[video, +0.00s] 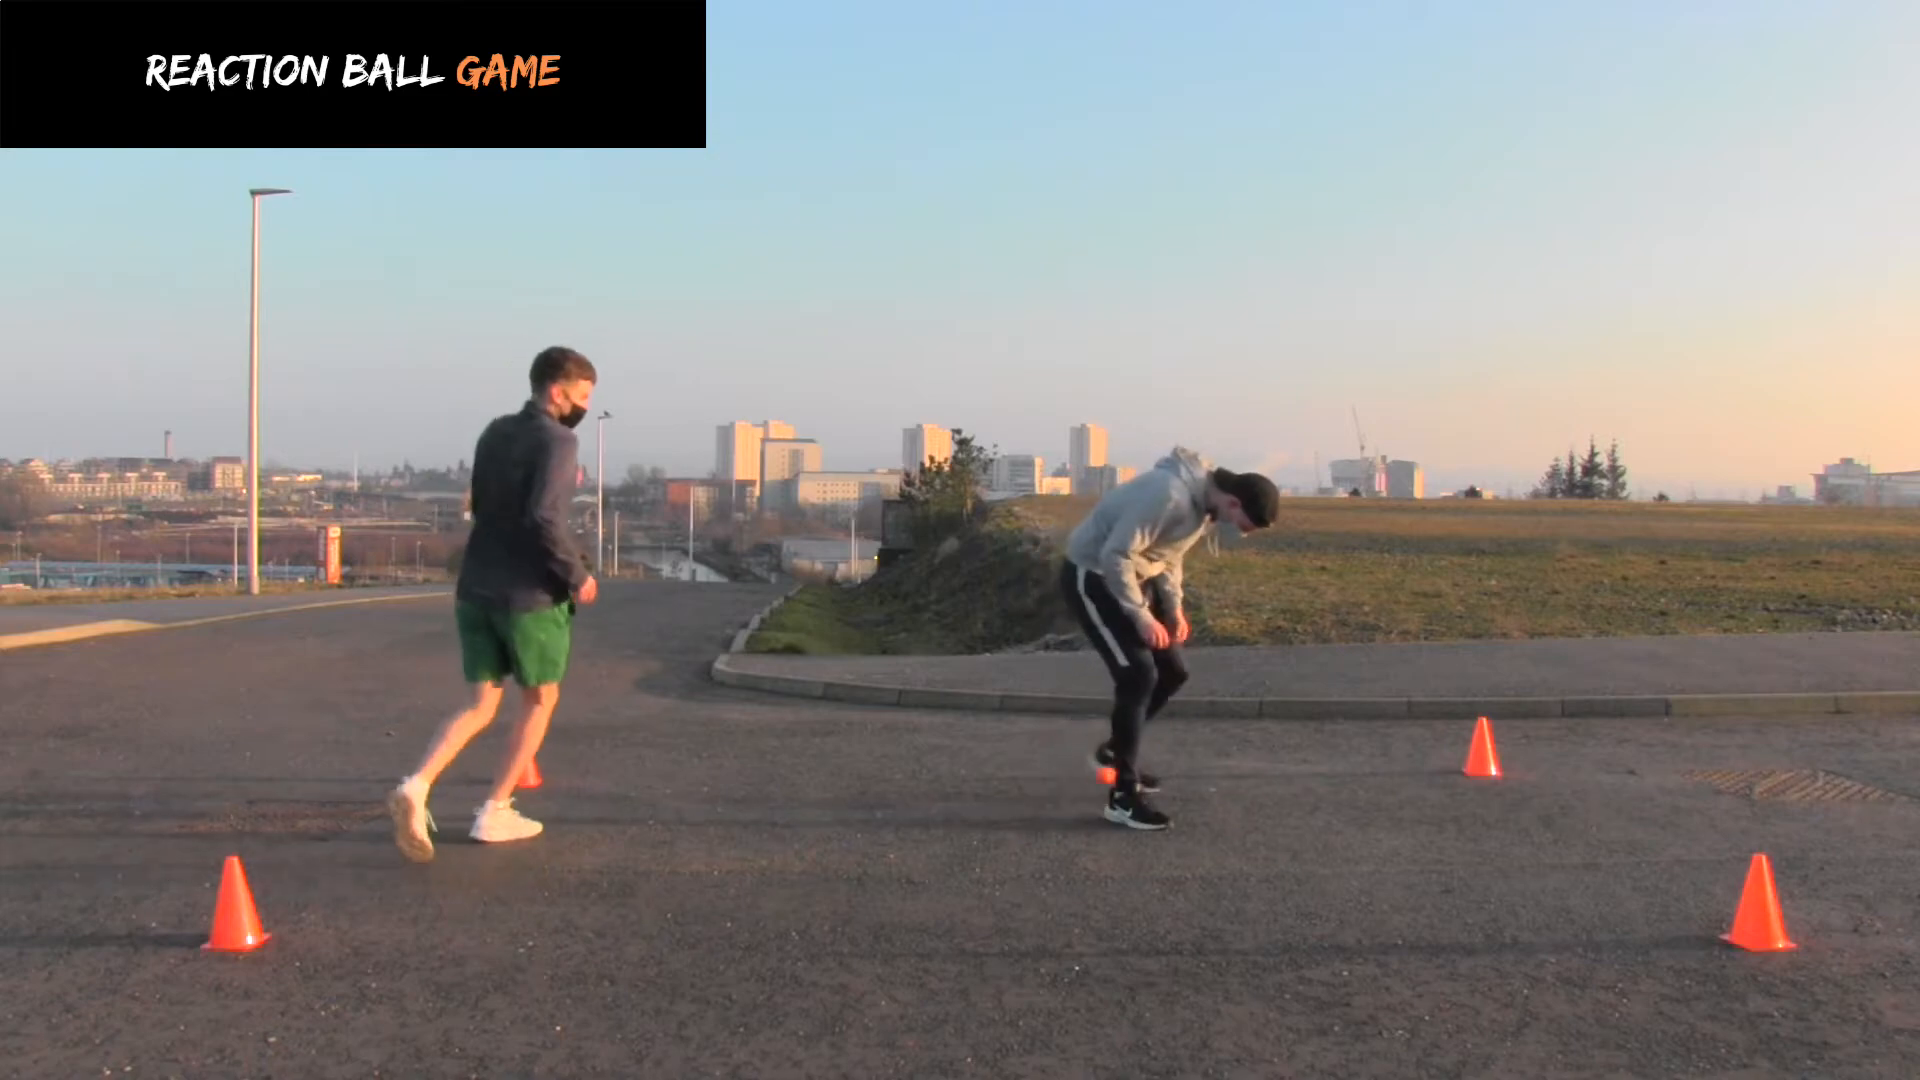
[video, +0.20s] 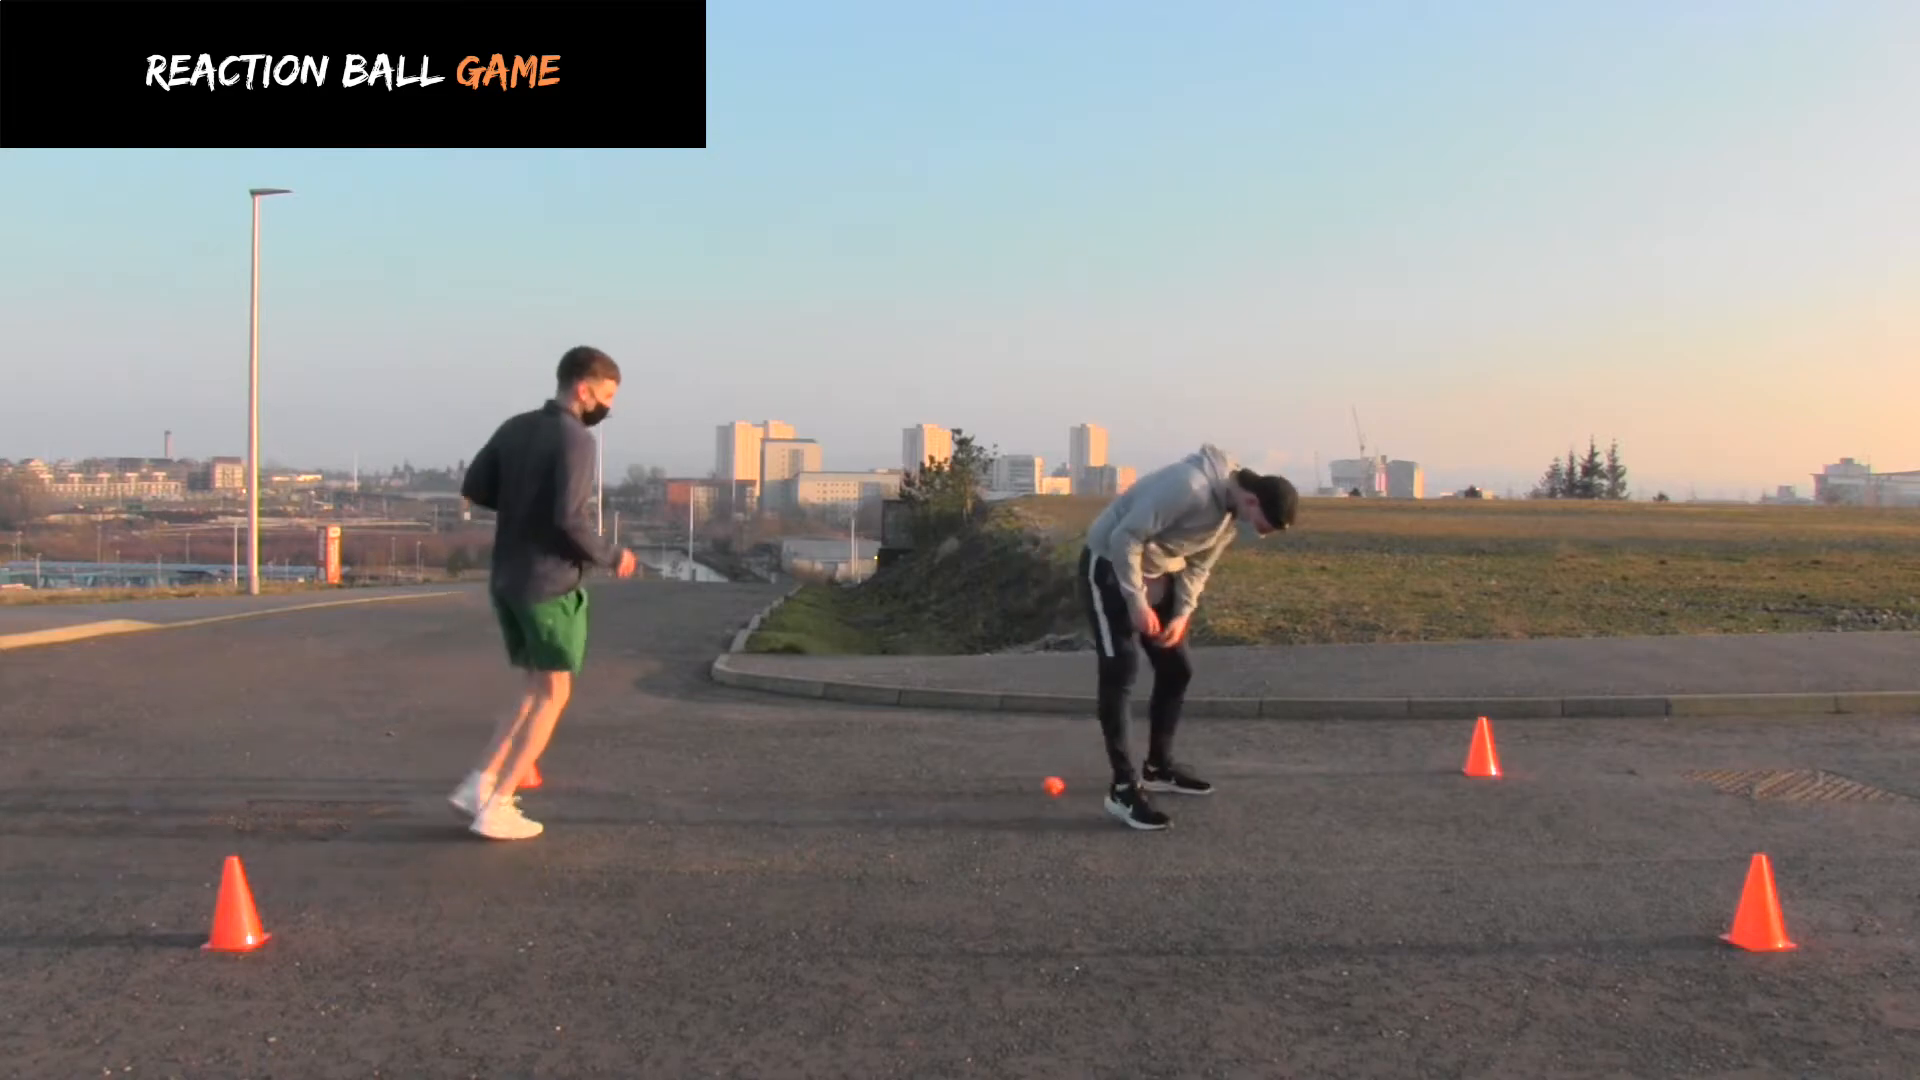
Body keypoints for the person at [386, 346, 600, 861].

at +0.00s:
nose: (586, 408)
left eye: (589, 398)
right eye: (583, 397)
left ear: (544, 391)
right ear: (557, 389)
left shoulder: (495, 432)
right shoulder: (558, 441)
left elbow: (481, 506)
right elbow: (544, 516)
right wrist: (578, 576)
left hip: (477, 586)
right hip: (530, 593)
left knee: (481, 703)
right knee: (540, 697)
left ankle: (415, 787)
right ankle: (496, 812)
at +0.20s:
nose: (609, 406)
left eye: (612, 397)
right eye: (606, 395)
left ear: (567, 386)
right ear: (582, 386)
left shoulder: (516, 427)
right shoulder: (576, 439)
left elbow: (476, 488)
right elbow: (569, 519)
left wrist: (532, 506)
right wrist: (613, 557)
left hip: (509, 582)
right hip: (550, 587)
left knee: (537, 686)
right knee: (555, 690)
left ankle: (481, 784)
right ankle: (497, 806)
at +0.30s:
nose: (620, 398)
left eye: (623, 389)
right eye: (617, 387)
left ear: (579, 377)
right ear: (594, 377)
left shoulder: (527, 417)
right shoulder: (586, 426)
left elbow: (483, 470)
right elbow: (580, 505)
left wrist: (533, 492)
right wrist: (619, 532)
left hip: (519, 569)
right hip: (558, 574)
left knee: (551, 677)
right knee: (556, 680)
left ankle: (533, 784)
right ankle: (502, 798)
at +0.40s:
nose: (633, 402)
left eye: (636, 393)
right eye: (631, 392)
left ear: (595, 381)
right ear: (608, 383)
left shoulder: (546, 421)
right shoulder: (600, 429)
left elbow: (504, 476)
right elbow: (596, 502)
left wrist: (553, 494)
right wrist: (631, 536)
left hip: (540, 573)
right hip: (575, 576)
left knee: (581, 673)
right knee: (569, 683)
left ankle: (585, 777)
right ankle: (502, 794)